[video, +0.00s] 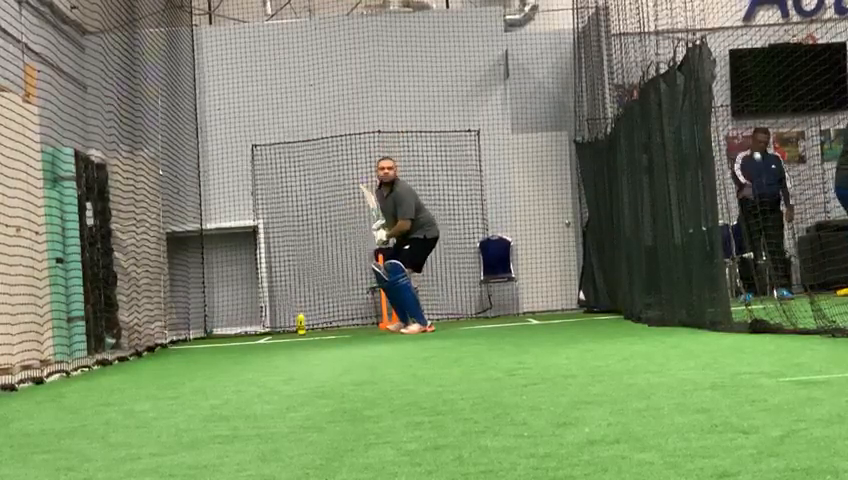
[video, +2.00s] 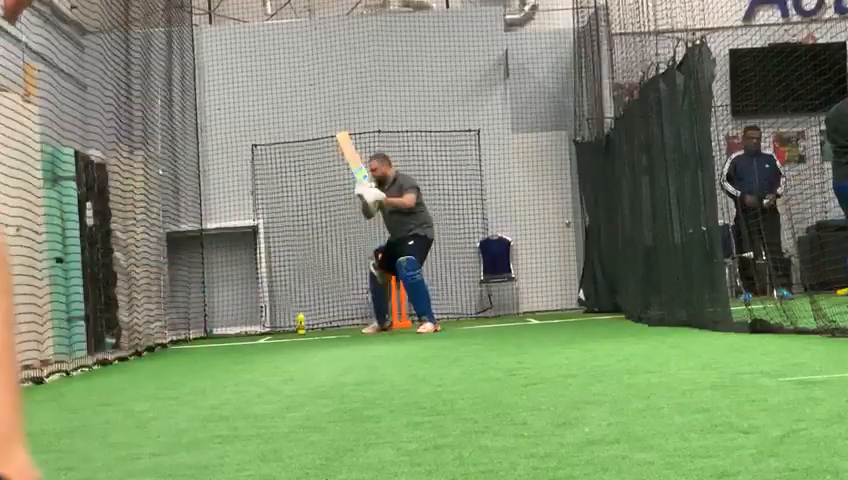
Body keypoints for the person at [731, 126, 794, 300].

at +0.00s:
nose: (762, 145)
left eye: (765, 142)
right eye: (759, 141)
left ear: (768, 142)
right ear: (752, 141)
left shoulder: (775, 159)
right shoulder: (742, 159)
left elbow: (783, 184)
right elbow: (737, 175)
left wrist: (788, 205)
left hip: (772, 207)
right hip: (751, 208)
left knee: (776, 247)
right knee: (751, 248)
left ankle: (781, 286)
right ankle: (752, 289)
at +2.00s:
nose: (755, 142)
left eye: (757, 139)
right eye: (751, 139)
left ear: (761, 140)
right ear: (743, 140)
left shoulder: (770, 159)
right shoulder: (734, 159)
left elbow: (782, 180)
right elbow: (724, 182)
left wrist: (775, 194)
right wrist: (742, 197)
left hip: (768, 210)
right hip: (745, 211)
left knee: (774, 247)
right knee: (746, 251)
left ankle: (781, 286)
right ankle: (748, 289)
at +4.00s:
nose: (755, 142)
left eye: (758, 139)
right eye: (751, 138)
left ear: (762, 141)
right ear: (744, 140)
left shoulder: (769, 159)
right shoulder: (735, 159)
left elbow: (777, 185)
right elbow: (721, 181)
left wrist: (781, 207)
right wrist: (735, 178)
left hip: (768, 211)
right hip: (744, 212)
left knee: (774, 248)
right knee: (746, 252)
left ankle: (779, 286)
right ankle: (748, 289)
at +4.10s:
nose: (755, 142)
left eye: (759, 139)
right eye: (752, 138)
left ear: (762, 142)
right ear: (744, 140)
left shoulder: (769, 160)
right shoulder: (736, 160)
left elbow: (777, 186)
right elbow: (724, 178)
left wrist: (781, 207)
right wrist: (710, 179)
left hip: (768, 211)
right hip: (744, 212)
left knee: (774, 248)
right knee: (746, 251)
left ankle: (779, 286)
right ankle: (748, 289)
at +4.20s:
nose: (754, 142)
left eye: (758, 139)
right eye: (751, 138)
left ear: (762, 142)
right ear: (744, 140)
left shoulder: (769, 160)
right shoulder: (735, 161)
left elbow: (777, 186)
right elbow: (717, 174)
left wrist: (781, 207)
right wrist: (705, 167)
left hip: (768, 211)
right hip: (744, 212)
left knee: (774, 248)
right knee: (745, 251)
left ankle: (780, 286)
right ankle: (749, 289)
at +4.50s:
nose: (756, 143)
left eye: (759, 141)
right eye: (752, 140)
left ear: (763, 142)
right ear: (745, 140)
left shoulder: (768, 160)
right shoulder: (735, 159)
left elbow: (781, 180)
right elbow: (713, 170)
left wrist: (779, 192)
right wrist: (727, 155)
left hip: (767, 210)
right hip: (744, 211)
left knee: (773, 247)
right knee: (744, 250)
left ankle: (779, 286)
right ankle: (749, 289)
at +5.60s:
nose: (759, 144)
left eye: (762, 141)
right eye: (755, 140)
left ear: (765, 141)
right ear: (749, 141)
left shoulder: (772, 158)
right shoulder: (740, 157)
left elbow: (780, 182)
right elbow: (731, 172)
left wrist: (786, 203)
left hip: (770, 209)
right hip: (748, 210)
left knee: (775, 247)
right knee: (746, 250)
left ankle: (781, 286)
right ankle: (749, 289)